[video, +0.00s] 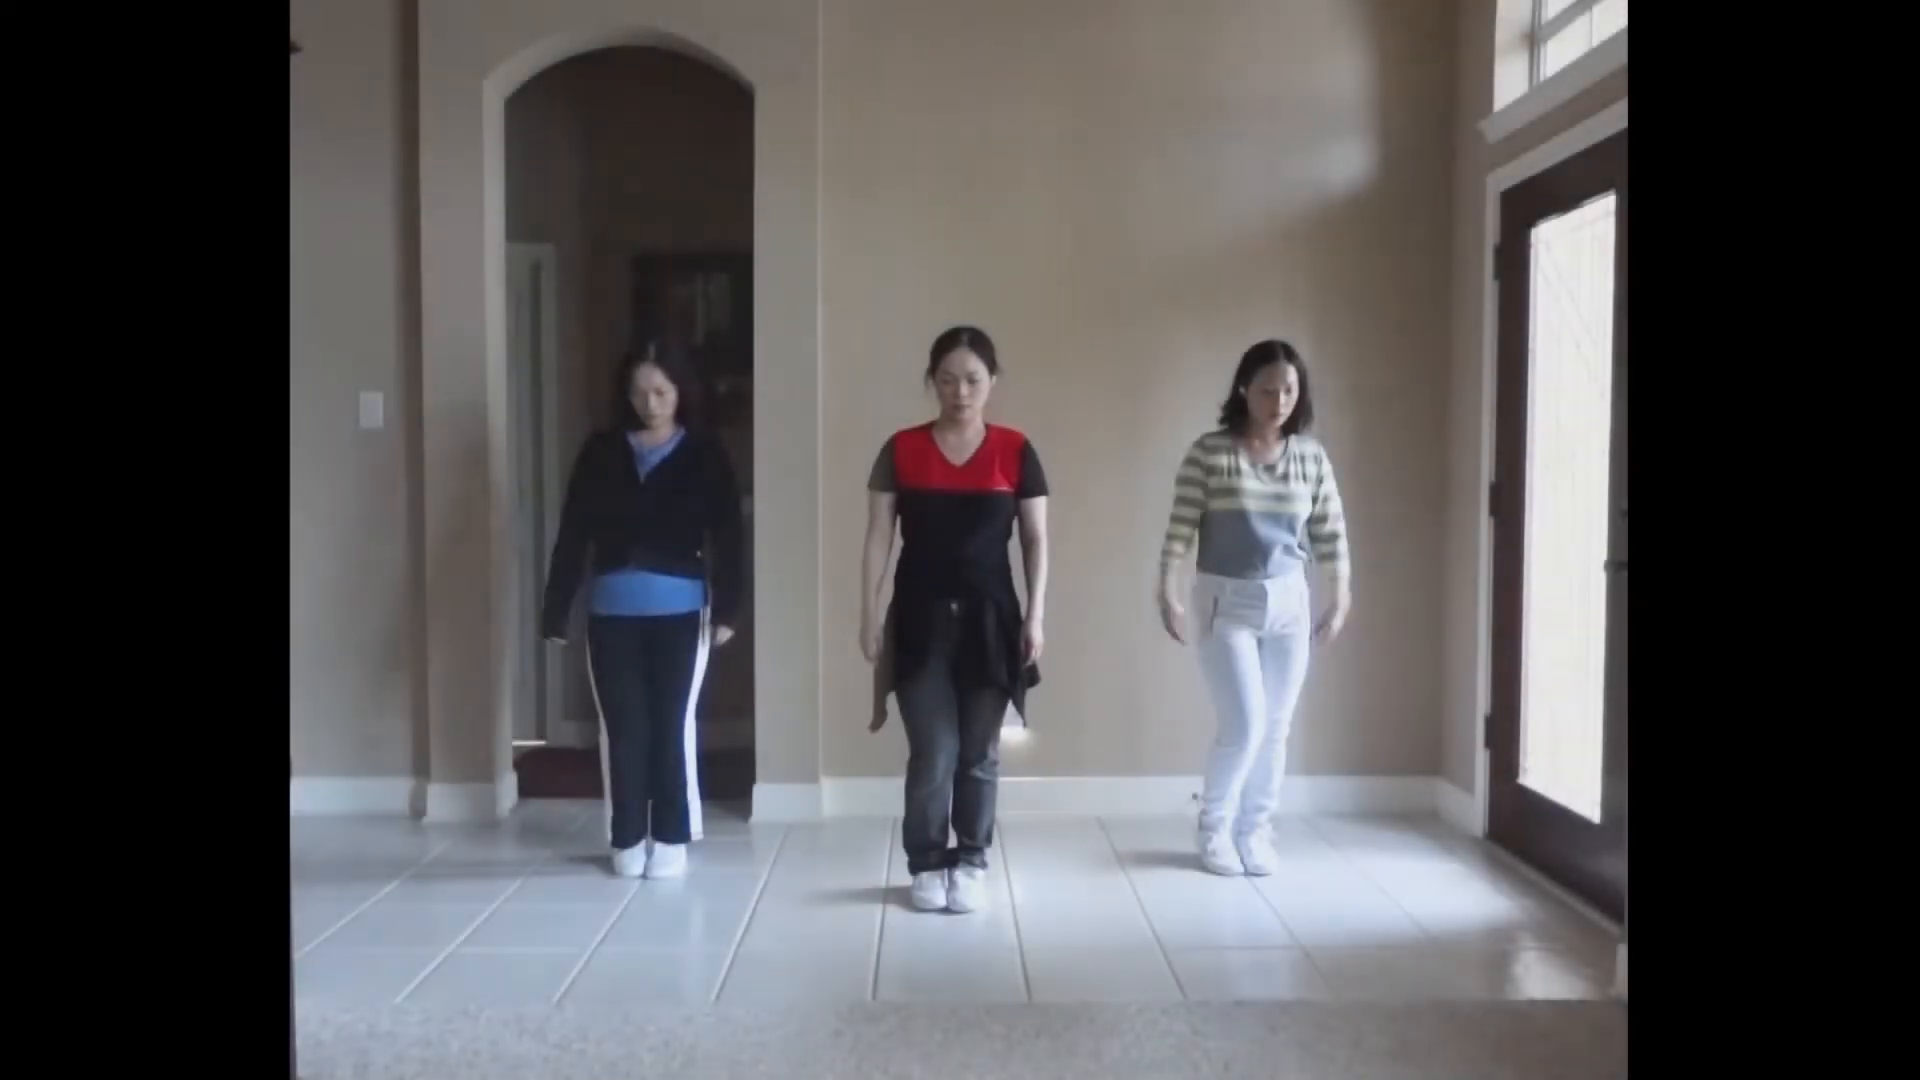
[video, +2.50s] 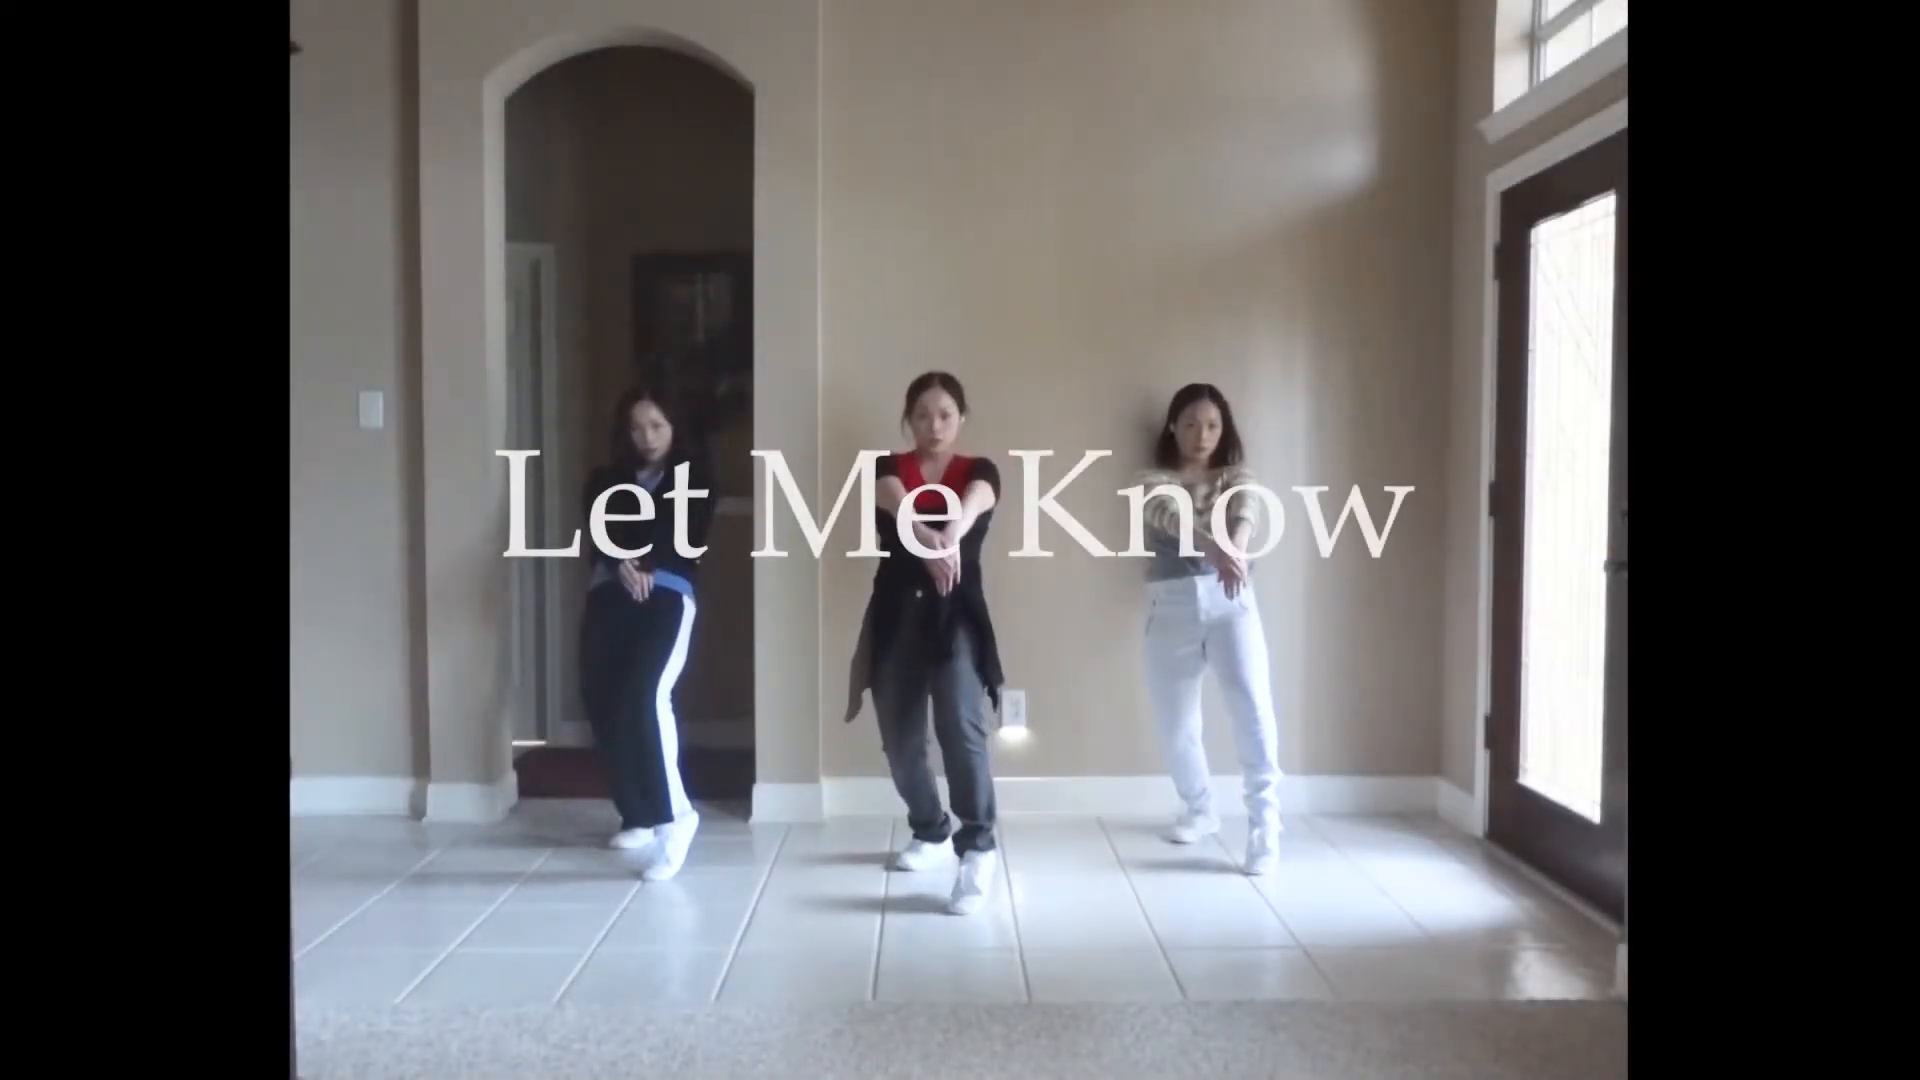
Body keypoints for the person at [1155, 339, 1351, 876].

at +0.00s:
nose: (1279, 399)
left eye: (1288, 389)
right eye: (1269, 388)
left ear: (1300, 395)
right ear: (1244, 390)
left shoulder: (1310, 457)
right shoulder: (1210, 452)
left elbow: (1330, 532)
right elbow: (1181, 526)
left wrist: (1341, 596)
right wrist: (1167, 592)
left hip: (1290, 607)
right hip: (1224, 606)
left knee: (1274, 728)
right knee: (1244, 725)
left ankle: (1256, 831)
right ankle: (1214, 830)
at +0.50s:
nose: (1266, 431)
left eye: (1277, 421)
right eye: (1256, 419)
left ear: (1289, 423)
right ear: (1236, 417)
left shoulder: (1303, 467)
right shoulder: (1205, 459)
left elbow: (1361, 424)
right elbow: (1166, 431)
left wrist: (1312, 408)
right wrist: (1185, 412)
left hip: (1282, 616)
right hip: (1215, 615)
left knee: (1283, 731)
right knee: (1215, 726)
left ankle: (1257, 836)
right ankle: (1184, 747)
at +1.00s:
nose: (1219, 387)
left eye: (1232, 380)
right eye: (1212, 378)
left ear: (1247, 396)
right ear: (1196, 389)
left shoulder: (1256, 450)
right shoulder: (1173, 449)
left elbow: (1280, 403)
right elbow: (1175, 408)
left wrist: (1266, 360)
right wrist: (1212, 352)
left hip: (1242, 594)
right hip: (1179, 596)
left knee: (1259, 714)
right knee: (1188, 717)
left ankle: (1276, 826)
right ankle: (1198, 812)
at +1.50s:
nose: (1202, 420)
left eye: (1212, 412)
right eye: (1192, 412)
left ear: (1226, 418)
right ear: (1175, 418)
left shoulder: (1242, 458)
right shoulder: (1153, 464)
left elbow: (1250, 464)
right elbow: (1166, 472)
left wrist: (1226, 450)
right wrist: (1203, 447)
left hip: (1229, 591)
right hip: (1170, 596)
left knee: (1251, 710)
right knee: (1178, 722)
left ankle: (1265, 826)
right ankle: (1200, 810)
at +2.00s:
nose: (1199, 432)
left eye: (1209, 424)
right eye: (1190, 423)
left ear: (1222, 431)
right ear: (1172, 428)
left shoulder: (1233, 482)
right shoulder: (1151, 482)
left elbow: (1243, 546)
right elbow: (1142, 539)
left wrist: (1232, 522)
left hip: (1226, 598)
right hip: (1168, 603)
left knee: (1251, 711)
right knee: (1175, 725)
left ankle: (1264, 823)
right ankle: (1199, 808)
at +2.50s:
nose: (1200, 433)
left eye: (1210, 424)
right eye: (1190, 423)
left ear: (1223, 431)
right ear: (1173, 429)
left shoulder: (1236, 483)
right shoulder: (1154, 484)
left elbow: (1240, 525)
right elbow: (1167, 523)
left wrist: (1230, 553)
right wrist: (1212, 549)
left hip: (1229, 602)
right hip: (1170, 606)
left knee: (1253, 712)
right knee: (1176, 727)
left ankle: (1264, 824)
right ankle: (1199, 809)